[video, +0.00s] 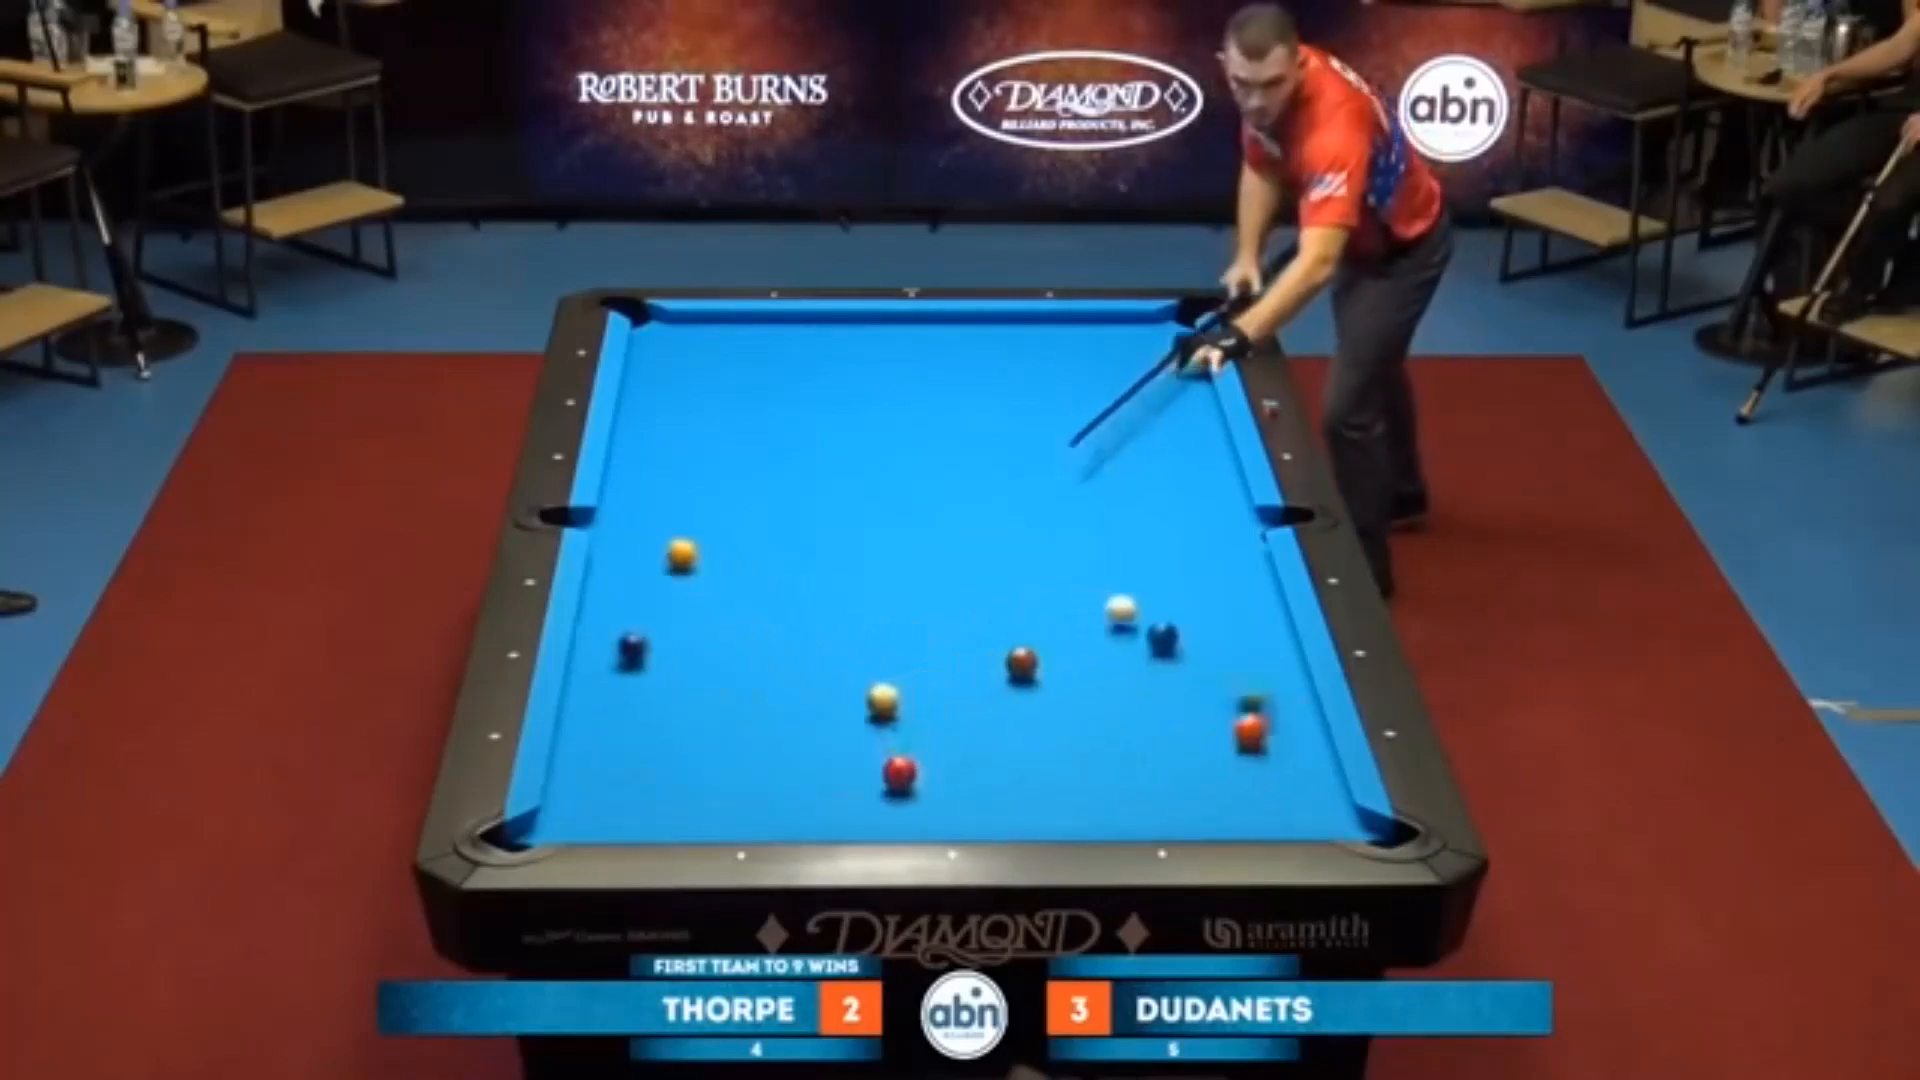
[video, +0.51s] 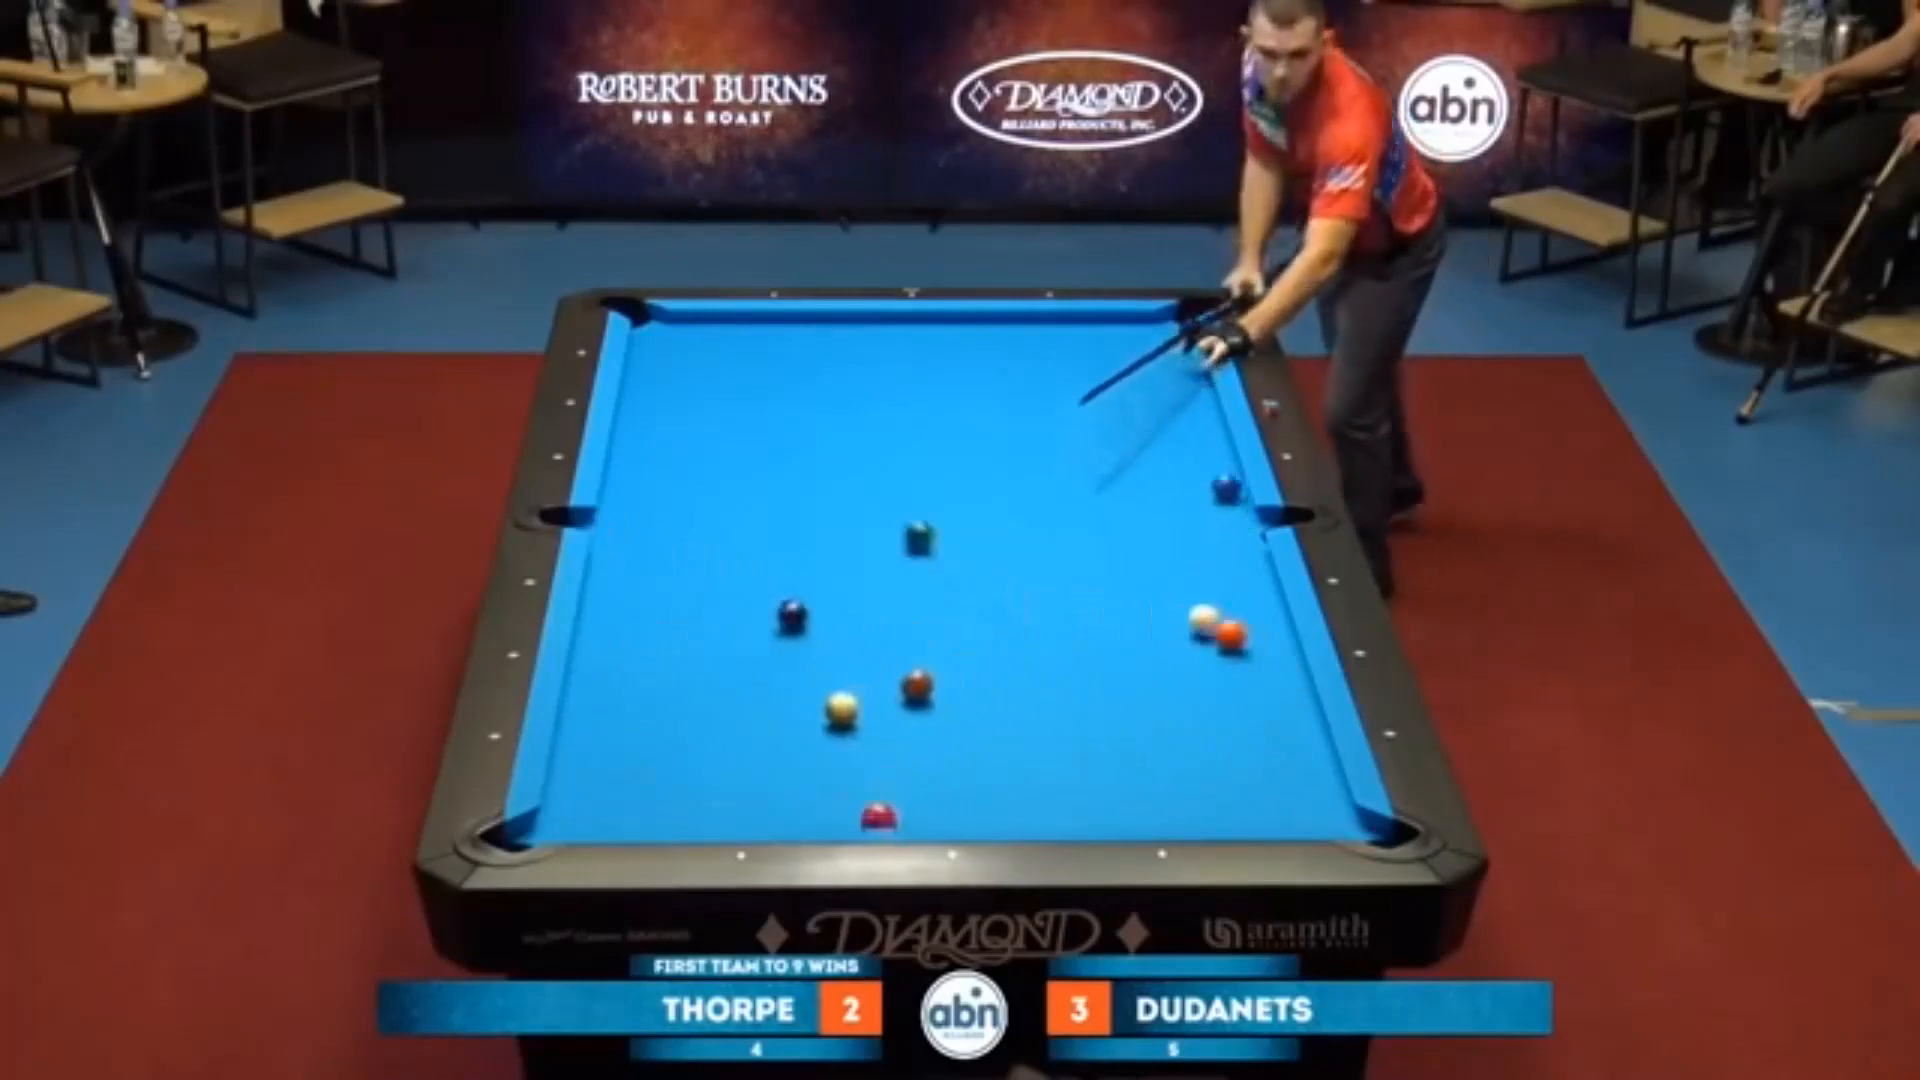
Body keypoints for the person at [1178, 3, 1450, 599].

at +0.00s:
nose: (1256, 101)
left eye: (1271, 85)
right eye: (1243, 86)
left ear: (1298, 64)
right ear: (1226, 66)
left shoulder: (1335, 118)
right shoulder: (1254, 80)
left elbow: (1319, 261)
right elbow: (1260, 165)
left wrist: (1237, 337)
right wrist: (1247, 256)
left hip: (1406, 242)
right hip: (1347, 237)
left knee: (1347, 414)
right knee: (1376, 371)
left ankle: (1367, 575)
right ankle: (1402, 493)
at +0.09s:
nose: (1262, 98)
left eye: (1277, 82)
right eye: (1248, 83)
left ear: (1303, 63)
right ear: (1230, 66)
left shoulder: (1338, 120)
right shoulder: (1255, 87)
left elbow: (1320, 261)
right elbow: (1259, 169)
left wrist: (1243, 335)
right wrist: (1250, 258)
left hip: (1405, 243)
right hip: (1348, 239)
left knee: (1347, 414)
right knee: (1377, 369)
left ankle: (1368, 575)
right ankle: (1403, 492)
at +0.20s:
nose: (1266, 94)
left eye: (1282, 79)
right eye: (1253, 78)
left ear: (1308, 62)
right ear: (1235, 62)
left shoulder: (1343, 121)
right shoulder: (1253, 85)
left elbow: (1322, 262)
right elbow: (1259, 168)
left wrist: (1246, 334)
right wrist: (1250, 260)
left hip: (1402, 244)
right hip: (1341, 239)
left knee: (1348, 414)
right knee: (1376, 369)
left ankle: (1367, 575)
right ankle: (1402, 490)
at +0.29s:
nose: (1268, 92)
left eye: (1284, 77)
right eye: (1256, 76)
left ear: (1312, 61)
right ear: (1237, 59)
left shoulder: (1346, 122)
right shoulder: (1253, 84)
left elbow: (1324, 262)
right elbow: (1259, 167)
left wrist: (1246, 333)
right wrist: (1250, 260)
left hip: (1400, 245)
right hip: (1338, 240)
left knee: (1348, 414)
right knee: (1375, 369)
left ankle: (1367, 575)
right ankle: (1401, 489)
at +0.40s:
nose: (1276, 84)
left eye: (1292, 69)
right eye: (1263, 67)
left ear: (1318, 52)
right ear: (1243, 52)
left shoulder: (1348, 120)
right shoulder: (1256, 79)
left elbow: (1325, 259)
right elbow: (1259, 165)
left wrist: (1246, 332)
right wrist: (1250, 260)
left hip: (1400, 244)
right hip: (1337, 239)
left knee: (1347, 413)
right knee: (1372, 368)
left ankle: (1368, 573)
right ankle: (1399, 486)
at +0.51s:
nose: (1279, 71)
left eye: (1296, 57)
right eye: (1267, 55)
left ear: (1325, 43)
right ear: (1250, 39)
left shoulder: (1350, 113)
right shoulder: (1257, 68)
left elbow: (1323, 254)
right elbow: (1262, 162)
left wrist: (1247, 331)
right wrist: (1249, 260)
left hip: (1397, 243)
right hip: (1335, 235)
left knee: (1350, 412)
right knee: (1367, 369)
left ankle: (1368, 572)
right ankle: (1397, 482)